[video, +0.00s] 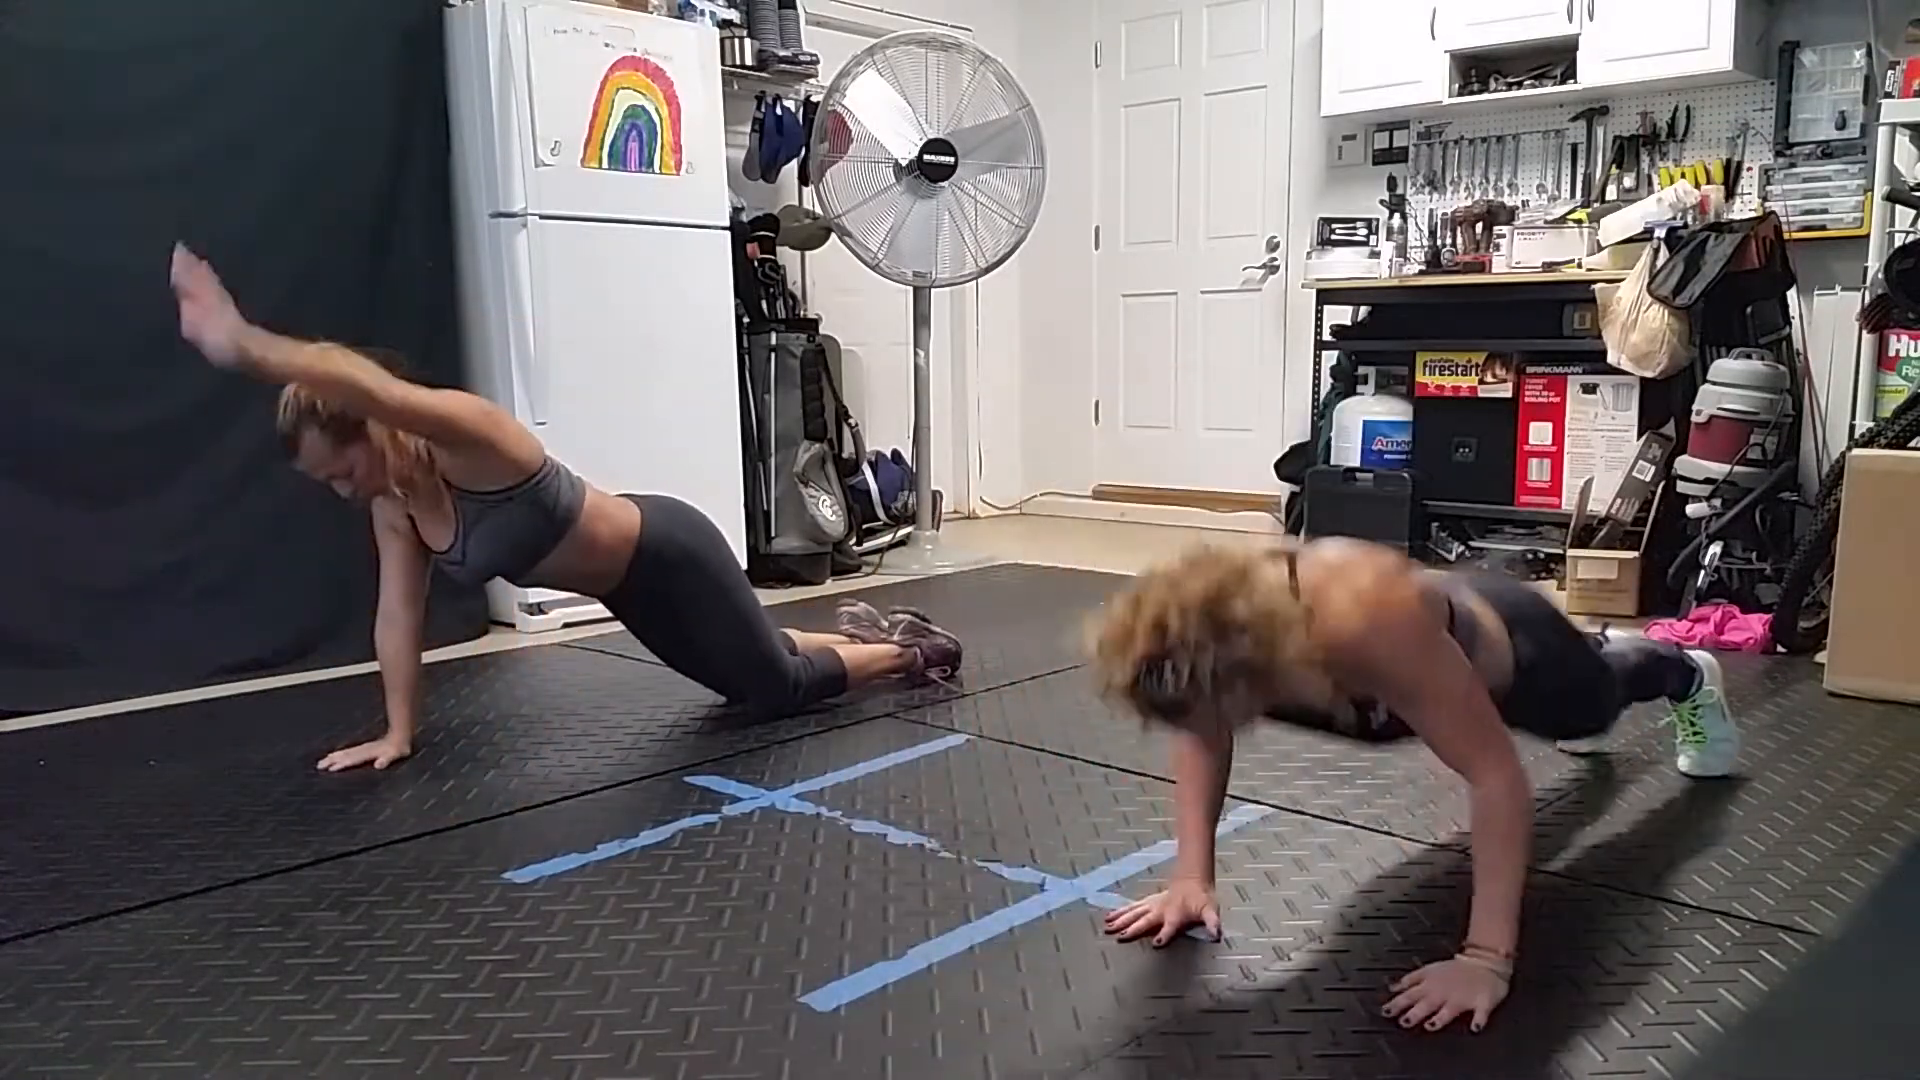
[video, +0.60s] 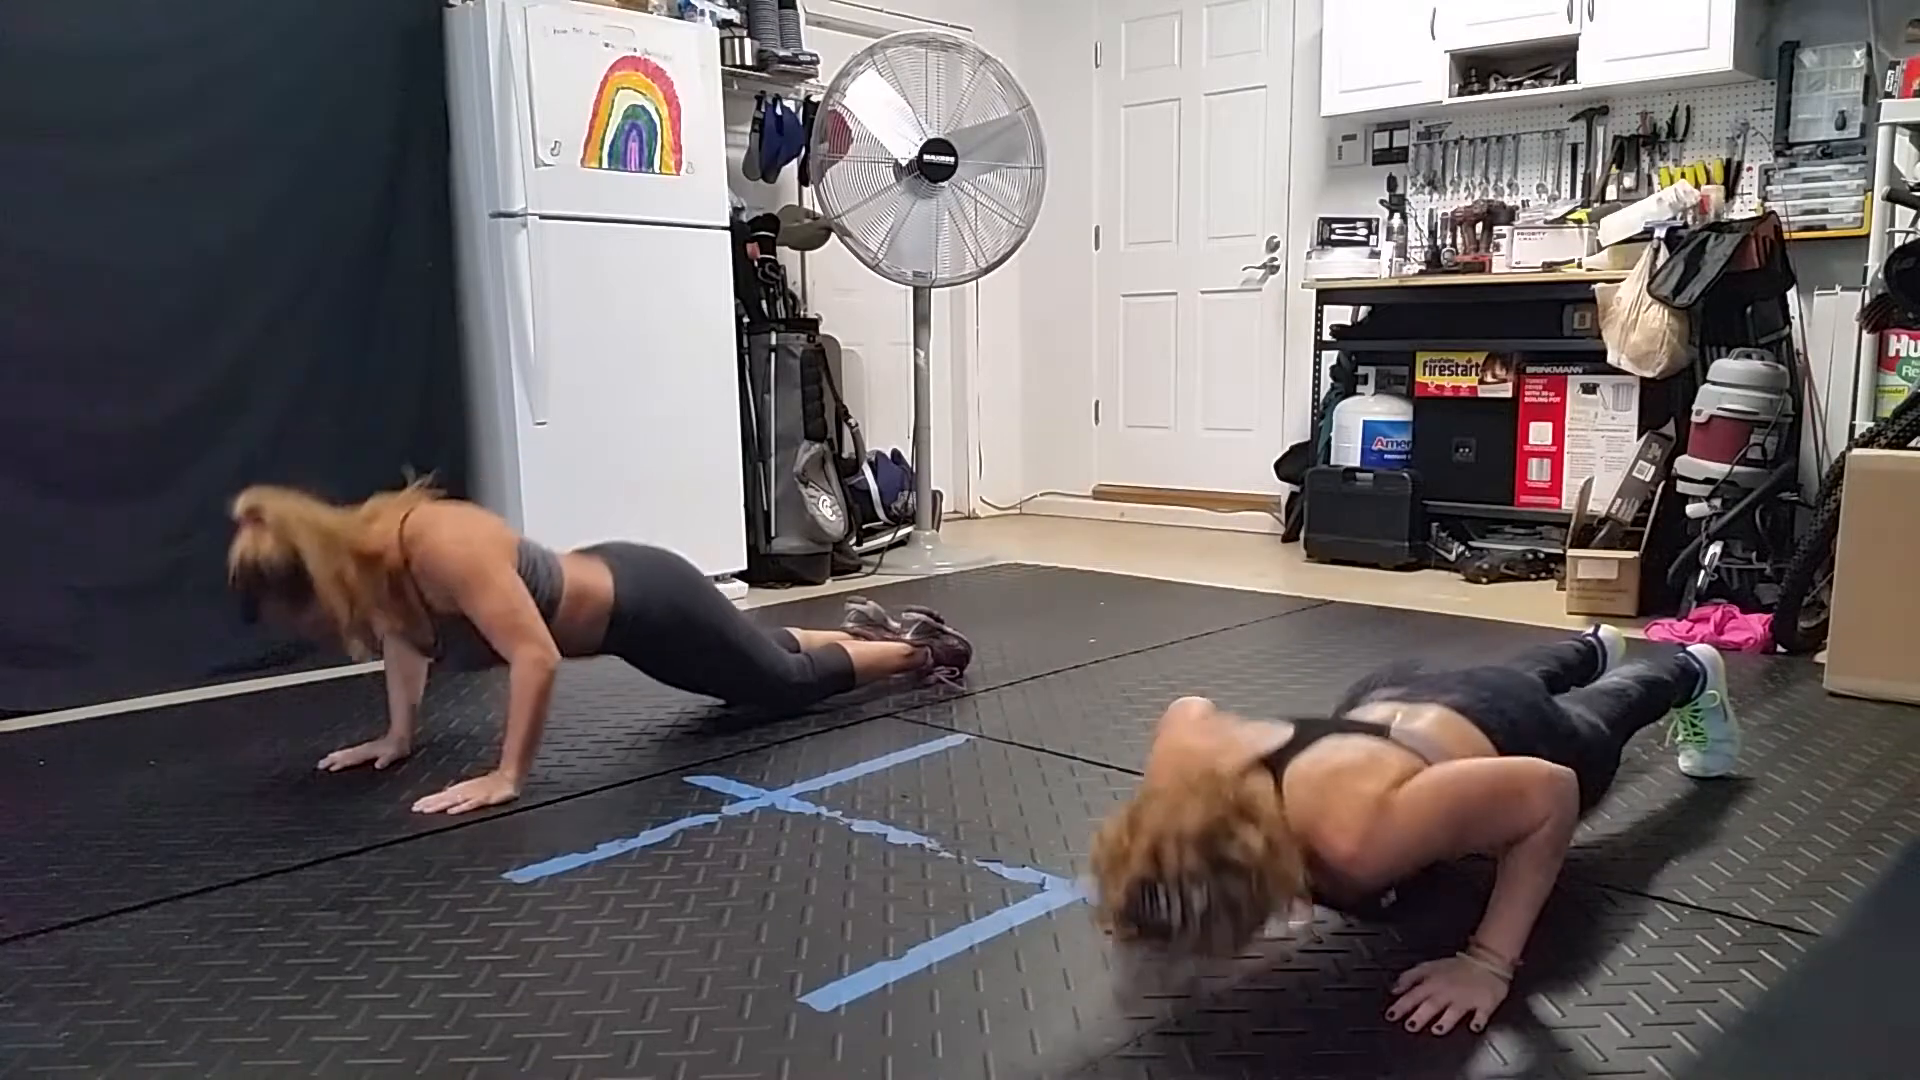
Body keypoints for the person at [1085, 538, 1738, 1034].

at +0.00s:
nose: (1208, 730)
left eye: (1211, 713)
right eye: (1190, 725)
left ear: (1236, 668)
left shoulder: (1364, 615)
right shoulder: (1211, 629)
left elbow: (1499, 777)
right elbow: (1199, 733)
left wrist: (1485, 957)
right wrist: (1189, 874)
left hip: (1515, 639)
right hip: (1426, 631)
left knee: (1611, 679)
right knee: (1562, 677)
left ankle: (1688, 674)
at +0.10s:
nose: (1203, 810)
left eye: (1207, 794)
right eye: (1187, 799)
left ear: (1240, 750)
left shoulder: (1363, 688)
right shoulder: (1212, 672)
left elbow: (1534, 786)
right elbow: (1191, 772)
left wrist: (1487, 957)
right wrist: (1188, 877)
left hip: (1519, 676)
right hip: (1436, 646)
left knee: (1615, 688)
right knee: (1532, 654)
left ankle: (1691, 668)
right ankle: (1591, 640)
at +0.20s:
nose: (1202, 903)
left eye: (1214, 888)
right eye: (1177, 892)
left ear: (1250, 834)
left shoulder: (1372, 760)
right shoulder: (1207, 696)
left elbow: (1543, 793)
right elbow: (1194, 767)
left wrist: (1487, 959)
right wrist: (1185, 876)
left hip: (1514, 702)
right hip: (1419, 660)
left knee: (1612, 691)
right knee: (1536, 652)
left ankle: (1692, 666)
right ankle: (1599, 637)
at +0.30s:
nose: (1215, 977)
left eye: (1224, 959)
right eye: (1188, 964)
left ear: (1257, 903)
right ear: (1141, 875)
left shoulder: (1370, 833)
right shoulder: (1182, 748)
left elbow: (1544, 793)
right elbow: (1196, 702)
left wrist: (1487, 958)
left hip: (1498, 728)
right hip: (1387, 693)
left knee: (1604, 703)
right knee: (1518, 673)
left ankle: (1689, 665)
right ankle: (1596, 640)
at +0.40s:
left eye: (1214, 984)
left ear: (1254, 938)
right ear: (1144, 873)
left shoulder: (1371, 860)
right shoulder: (1172, 791)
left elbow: (1542, 791)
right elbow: (1187, 707)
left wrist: (1488, 958)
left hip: (1492, 738)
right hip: (1390, 713)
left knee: (1605, 707)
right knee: (1507, 681)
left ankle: (1690, 666)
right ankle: (1593, 641)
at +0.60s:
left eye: (1202, 952)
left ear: (1243, 911)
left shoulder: (1367, 840)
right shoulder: (1179, 766)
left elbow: (1547, 796)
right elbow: (1188, 704)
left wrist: (1489, 959)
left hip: (1497, 729)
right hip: (1386, 696)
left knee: (1609, 705)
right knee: (1516, 672)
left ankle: (1690, 664)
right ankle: (1595, 640)